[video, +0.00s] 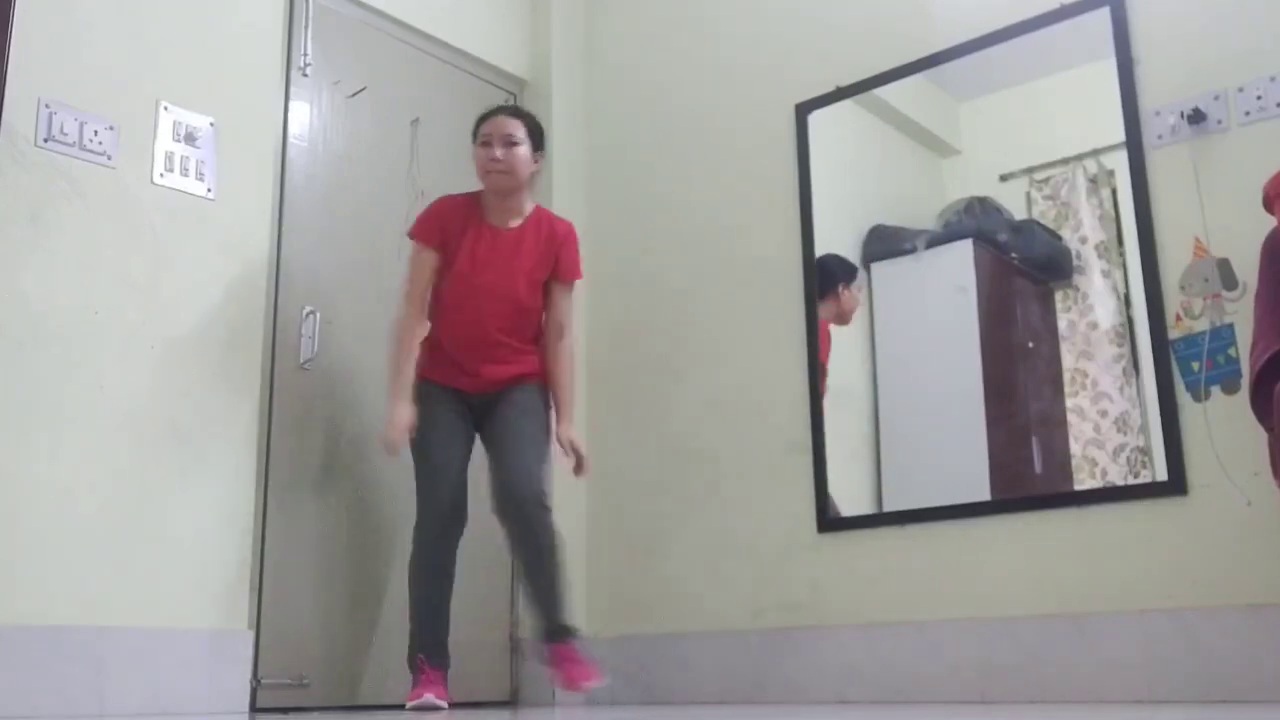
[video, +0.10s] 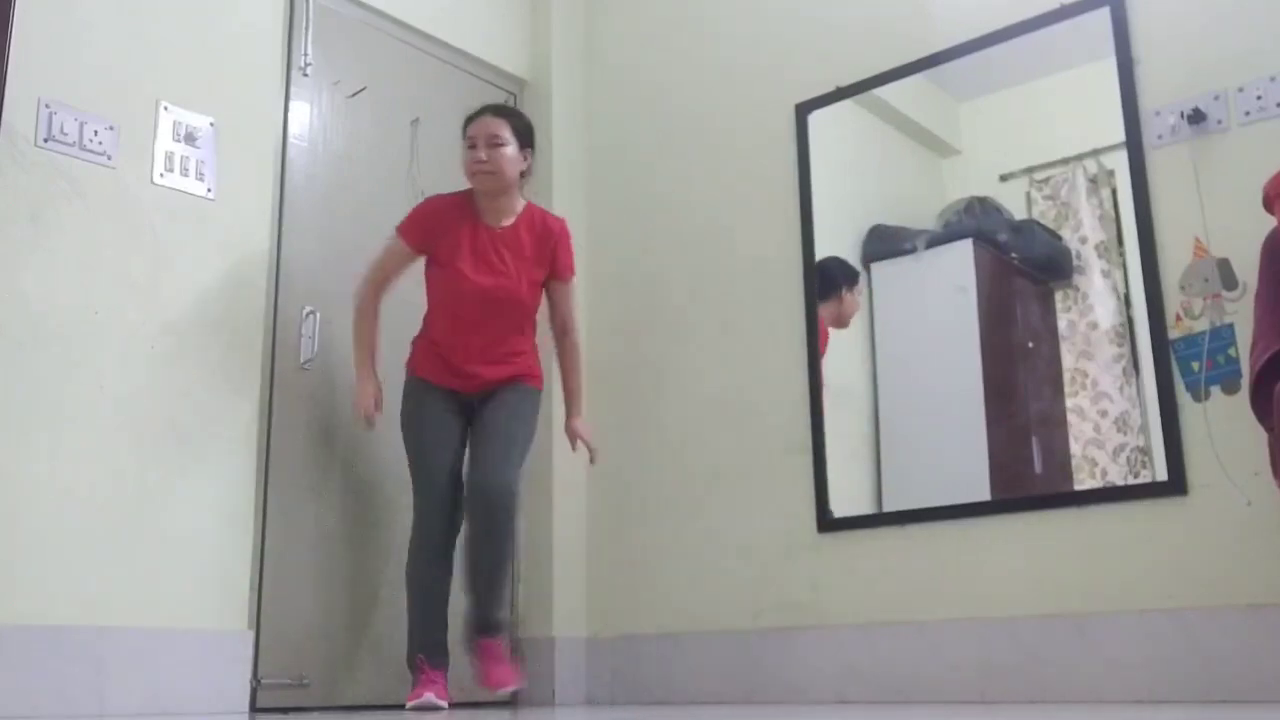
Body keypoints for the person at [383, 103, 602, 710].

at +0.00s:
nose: (496, 152)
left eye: (511, 143)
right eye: (486, 143)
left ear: (536, 158)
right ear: (473, 156)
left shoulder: (556, 235)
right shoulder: (445, 217)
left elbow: (560, 334)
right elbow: (414, 314)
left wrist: (565, 418)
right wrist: (401, 399)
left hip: (518, 387)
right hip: (440, 384)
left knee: (522, 498)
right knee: (439, 516)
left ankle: (558, 637)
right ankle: (428, 671)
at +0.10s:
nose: (481, 154)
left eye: (495, 144)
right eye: (472, 145)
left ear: (525, 158)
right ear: (462, 158)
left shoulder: (548, 233)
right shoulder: (438, 216)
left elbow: (565, 328)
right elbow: (371, 286)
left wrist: (574, 412)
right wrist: (366, 374)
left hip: (512, 383)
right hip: (436, 381)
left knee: (494, 487)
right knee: (436, 511)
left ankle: (490, 637)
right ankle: (428, 671)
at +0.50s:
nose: (503, 160)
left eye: (514, 151)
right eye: (490, 149)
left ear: (529, 167)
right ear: (467, 160)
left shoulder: (542, 237)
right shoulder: (432, 223)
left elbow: (559, 324)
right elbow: (384, 310)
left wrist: (557, 379)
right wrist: (411, 364)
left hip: (512, 388)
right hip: (437, 385)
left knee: (521, 484)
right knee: (436, 518)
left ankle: (507, 598)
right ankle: (428, 673)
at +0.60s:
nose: (525, 162)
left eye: (535, 153)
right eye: (513, 148)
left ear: (542, 165)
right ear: (480, 154)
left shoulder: (548, 229)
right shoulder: (439, 217)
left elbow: (563, 318)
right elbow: (419, 304)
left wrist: (547, 319)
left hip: (522, 385)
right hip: (447, 385)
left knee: (558, 487)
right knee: (442, 516)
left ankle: (557, 607)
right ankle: (428, 671)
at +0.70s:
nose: (549, 157)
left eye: (557, 148)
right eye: (538, 143)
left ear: (560, 155)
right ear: (501, 143)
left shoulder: (561, 212)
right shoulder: (457, 198)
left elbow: (576, 296)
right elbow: (453, 272)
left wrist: (554, 245)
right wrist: (531, 226)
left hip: (542, 378)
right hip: (466, 378)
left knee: (590, 500)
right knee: (455, 513)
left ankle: (620, 639)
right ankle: (430, 669)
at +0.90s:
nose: (603, 162)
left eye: (610, 154)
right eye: (593, 150)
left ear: (613, 160)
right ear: (556, 149)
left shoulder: (615, 214)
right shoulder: (509, 206)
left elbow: (637, 283)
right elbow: (510, 268)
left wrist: (606, 215)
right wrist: (582, 211)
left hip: (596, 392)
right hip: (519, 387)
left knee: (626, 527)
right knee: (480, 526)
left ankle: (666, 668)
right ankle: (434, 670)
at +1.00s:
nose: (635, 167)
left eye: (642, 157)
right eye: (624, 153)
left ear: (643, 163)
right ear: (586, 153)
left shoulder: (644, 217)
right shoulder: (537, 212)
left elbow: (669, 296)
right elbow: (539, 298)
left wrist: (642, 292)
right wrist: (605, 299)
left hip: (626, 392)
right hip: (550, 389)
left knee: (648, 524)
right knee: (502, 524)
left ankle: (668, 668)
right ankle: (443, 664)